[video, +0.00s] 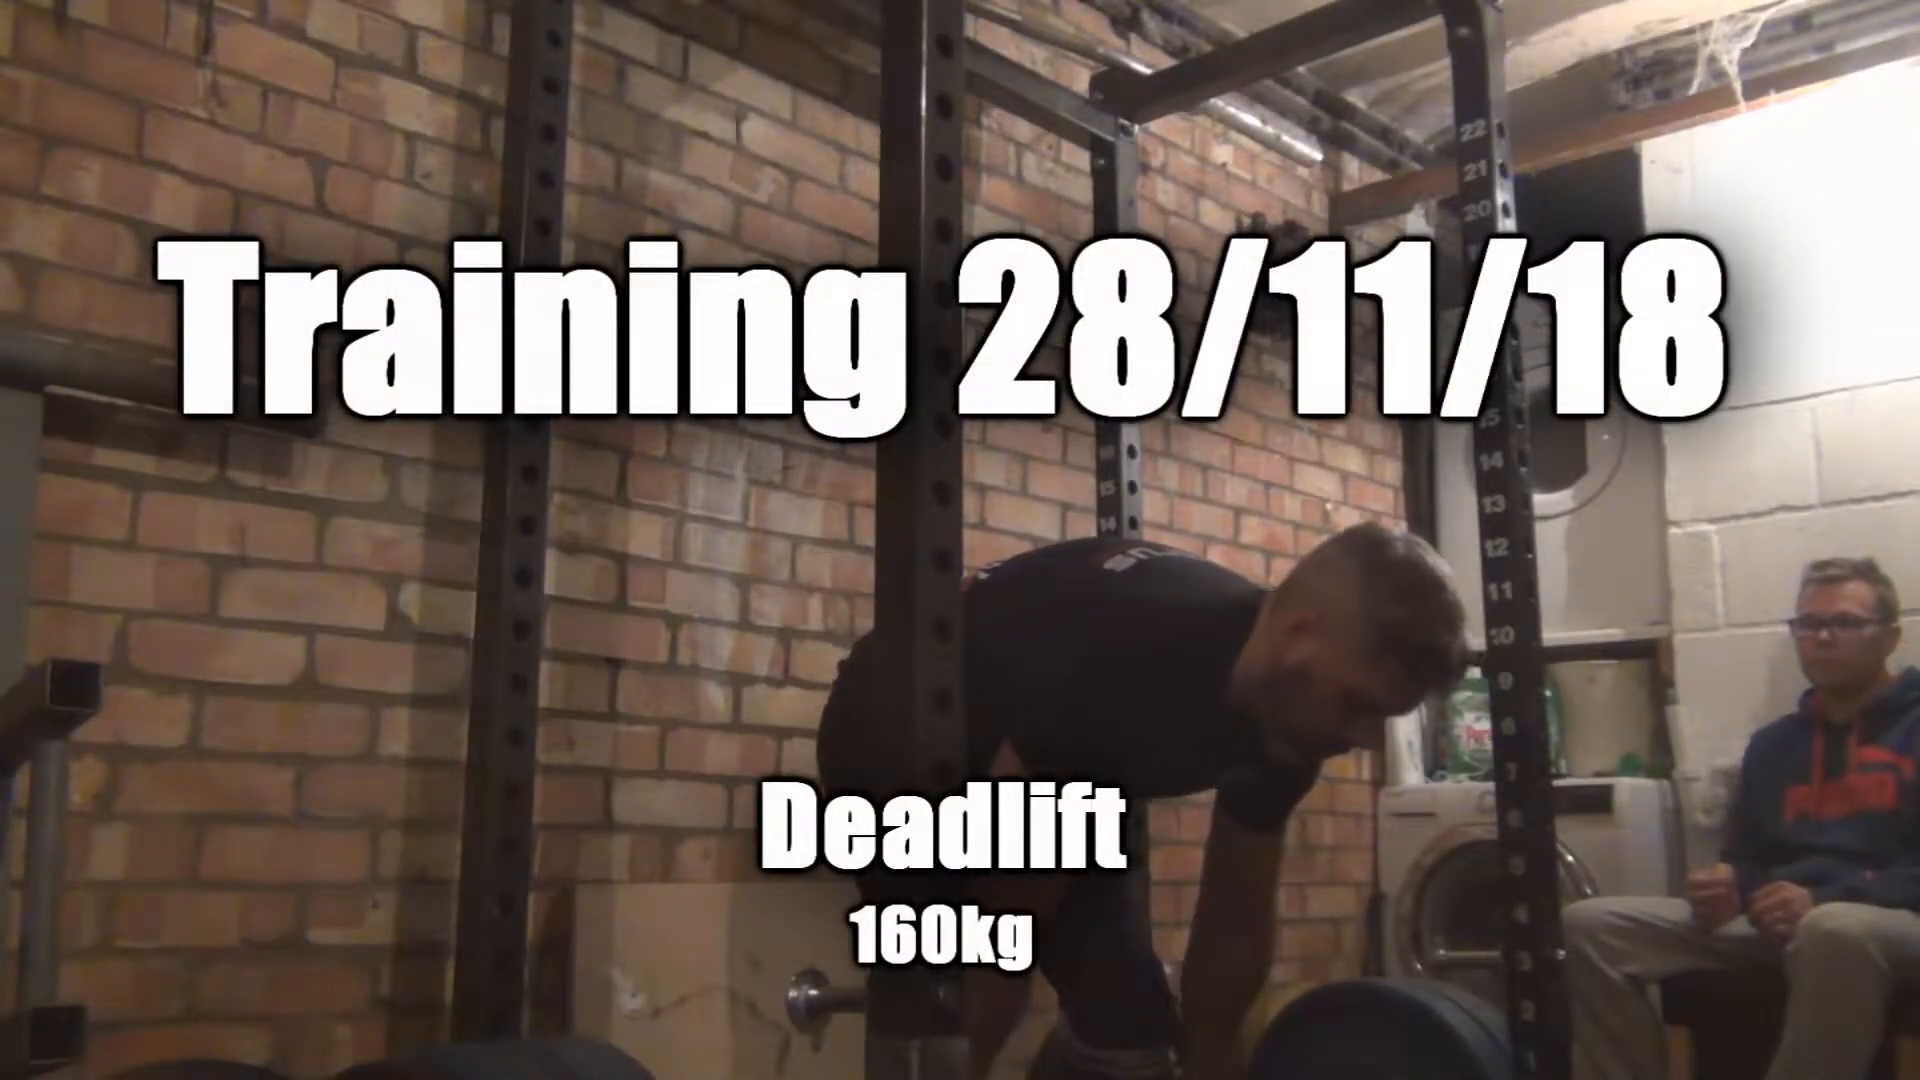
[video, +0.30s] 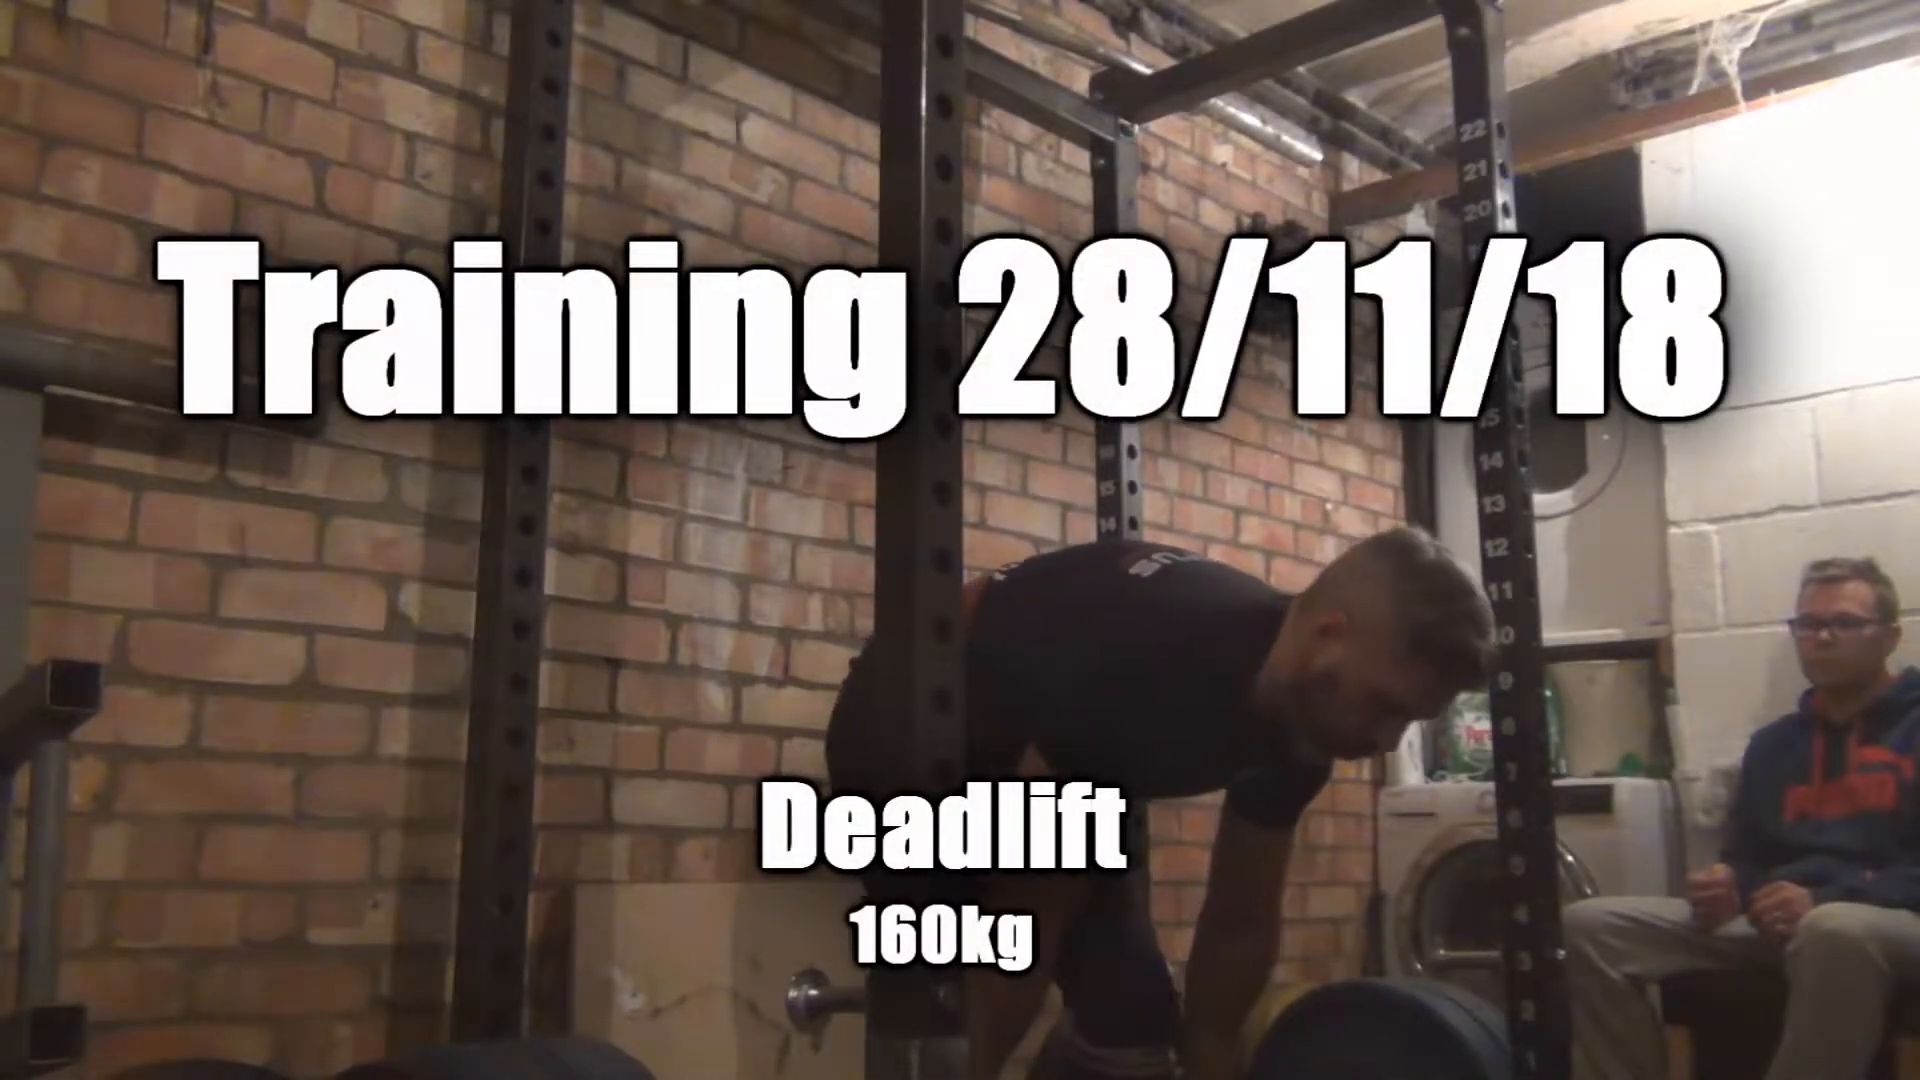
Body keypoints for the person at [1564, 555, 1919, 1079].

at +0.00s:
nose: (1821, 638)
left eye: (1844, 624)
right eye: (1808, 624)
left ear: (1890, 637)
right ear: (1794, 633)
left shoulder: (1914, 723)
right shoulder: (1772, 745)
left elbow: (1914, 875)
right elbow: (1746, 858)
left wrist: (1821, 900)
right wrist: (1729, 888)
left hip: (1895, 922)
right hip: (1774, 920)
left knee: (1833, 936)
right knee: (1589, 929)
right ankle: (1626, 1073)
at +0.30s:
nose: (1821, 638)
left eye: (1844, 624)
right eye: (1808, 624)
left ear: (1890, 637)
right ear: (1794, 633)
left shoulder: (1914, 724)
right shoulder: (1772, 745)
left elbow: (1914, 875)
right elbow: (1746, 857)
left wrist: (1821, 901)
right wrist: (1729, 887)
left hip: (1895, 922)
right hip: (1773, 920)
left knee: (1833, 936)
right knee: (1589, 929)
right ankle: (1626, 1073)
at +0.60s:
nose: (1822, 639)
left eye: (1844, 624)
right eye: (1809, 624)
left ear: (1890, 638)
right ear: (1793, 633)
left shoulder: (1914, 723)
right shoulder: (1772, 745)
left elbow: (1913, 875)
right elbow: (1745, 859)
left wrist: (1821, 900)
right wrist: (1729, 887)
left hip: (1894, 921)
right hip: (1772, 920)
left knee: (1833, 936)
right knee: (1589, 929)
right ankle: (1625, 1073)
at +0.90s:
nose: (1822, 638)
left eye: (1844, 624)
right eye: (1809, 624)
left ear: (1889, 637)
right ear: (1793, 633)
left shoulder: (1914, 723)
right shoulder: (1772, 744)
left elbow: (1914, 875)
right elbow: (1745, 857)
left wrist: (1820, 900)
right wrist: (1729, 885)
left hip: (1893, 921)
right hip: (1771, 920)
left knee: (1833, 936)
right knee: (1589, 929)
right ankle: (1624, 1072)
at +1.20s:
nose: (1821, 638)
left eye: (1843, 624)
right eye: (1808, 624)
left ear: (1890, 637)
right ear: (1793, 634)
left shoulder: (1913, 723)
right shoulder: (1772, 745)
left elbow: (1913, 874)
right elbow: (1745, 864)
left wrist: (1819, 899)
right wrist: (1727, 890)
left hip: (1895, 921)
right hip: (1772, 922)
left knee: (1832, 937)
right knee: (1589, 929)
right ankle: (1627, 1073)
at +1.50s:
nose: (1822, 638)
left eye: (1844, 624)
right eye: (1809, 624)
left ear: (1890, 636)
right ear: (1794, 634)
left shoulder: (1914, 723)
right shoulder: (1772, 744)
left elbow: (1914, 873)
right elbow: (1745, 858)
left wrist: (1820, 900)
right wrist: (1729, 888)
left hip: (1894, 920)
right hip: (1770, 921)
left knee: (1833, 935)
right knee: (1589, 929)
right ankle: (1629, 1072)